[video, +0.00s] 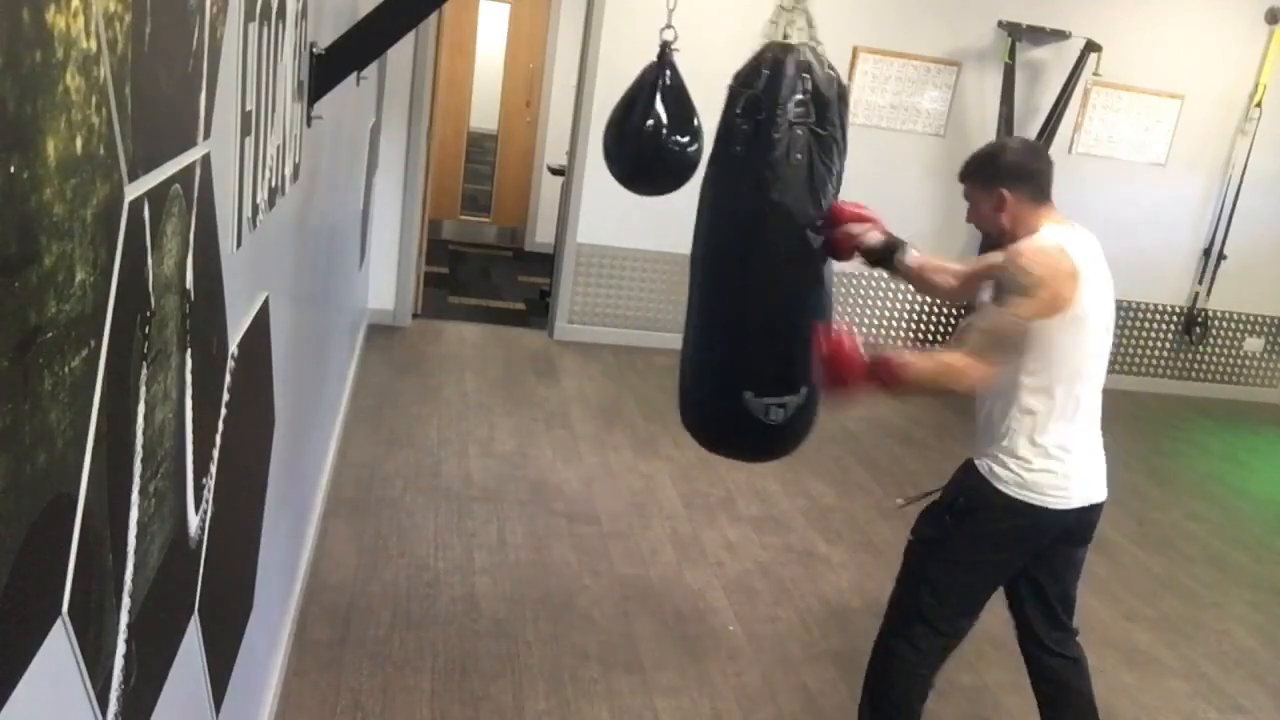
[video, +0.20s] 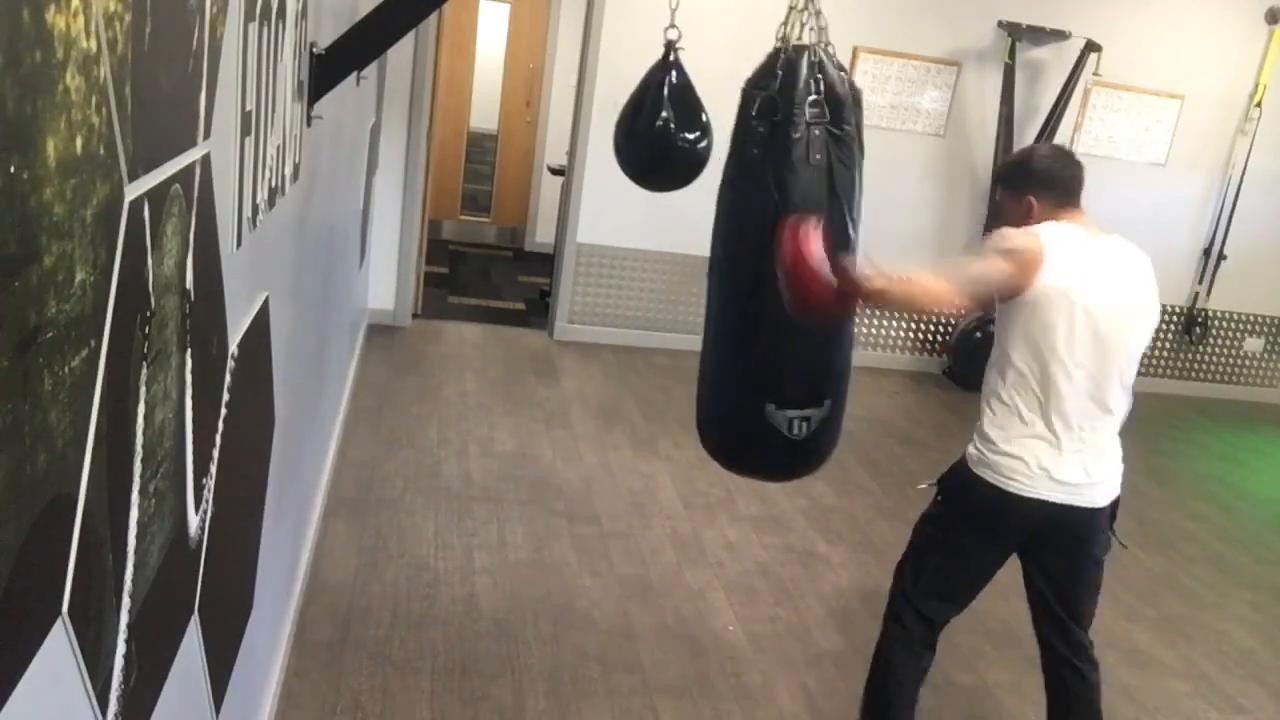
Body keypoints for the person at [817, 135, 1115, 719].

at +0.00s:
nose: (969, 216)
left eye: (972, 202)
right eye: (968, 203)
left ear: (1006, 199)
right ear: (1028, 196)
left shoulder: (1033, 261)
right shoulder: (1077, 247)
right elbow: (959, 280)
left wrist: (868, 366)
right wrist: (885, 250)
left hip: (1009, 491)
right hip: (1075, 496)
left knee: (912, 640)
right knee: (1052, 641)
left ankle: (885, 712)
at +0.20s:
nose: (999, 221)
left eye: (1003, 208)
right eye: (998, 209)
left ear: (1030, 203)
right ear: (1073, 200)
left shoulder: (1030, 249)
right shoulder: (1137, 268)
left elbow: (949, 294)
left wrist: (860, 282)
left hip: (999, 487)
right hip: (1086, 504)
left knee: (914, 618)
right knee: (1070, 645)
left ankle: (886, 709)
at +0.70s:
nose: (1025, 215)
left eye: (1025, 203)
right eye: (1024, 203)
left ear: (1040, 208)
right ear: (1105, 199)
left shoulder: (1010, 282)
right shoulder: (1166, 278)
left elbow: (921, 376)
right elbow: (1156, 343)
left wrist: (835, 354)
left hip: (1003, 501)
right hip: (1100, 517)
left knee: (941, 634)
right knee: (1101, 662)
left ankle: (911, 714)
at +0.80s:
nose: (1039, 228)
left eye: (1044, 210)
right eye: (1041, 210)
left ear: (1069, 208)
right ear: (1114, 199)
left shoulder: (1044, 287)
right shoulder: (1183, 284)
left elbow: (979, 399)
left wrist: (897, 382)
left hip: (1021, 504)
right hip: (1113, 519)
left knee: (941, 637)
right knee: (1102, 658)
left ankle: (909, 710)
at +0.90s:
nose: (1058, 229)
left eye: (1061, 215)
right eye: (1056, 215)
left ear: (1091, 212)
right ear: (1133, 202)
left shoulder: (1081, 296)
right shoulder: (1204, 287)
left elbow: (1039, 426)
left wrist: (954, 410)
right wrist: (1084, 272)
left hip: (1037, 513)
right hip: (1126, 528)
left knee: (942, 646)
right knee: (1109, 680)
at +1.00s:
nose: (1067, 224)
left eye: (1069, 208)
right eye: (1064, 210)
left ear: (1104, 205)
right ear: (1140, 196)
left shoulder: (1102, 288)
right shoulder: (1212, 278)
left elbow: (1070, 425)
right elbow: (1153, 354)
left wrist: (982, 406)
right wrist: (1084, 292)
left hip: (1051, 510)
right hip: (1135, 522)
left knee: (948, 649)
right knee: (1114, 683)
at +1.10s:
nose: (1062, 229)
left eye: (1064, 213)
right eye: (1060, 214)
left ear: (1099, 210)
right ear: (1136, 200)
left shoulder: (1100, 298)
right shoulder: (1212, 284)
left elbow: (1052, 430)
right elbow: (1146, 376)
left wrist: (971, 396)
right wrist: (1071, 320)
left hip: (1054, 520)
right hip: (1140, 533)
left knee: (948, 663)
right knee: (1115, 687)